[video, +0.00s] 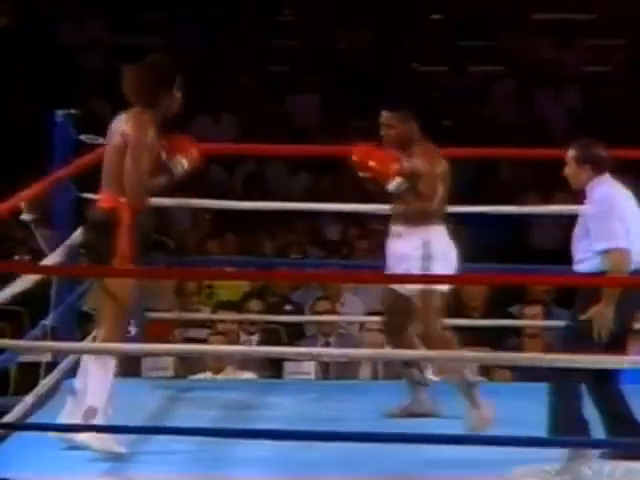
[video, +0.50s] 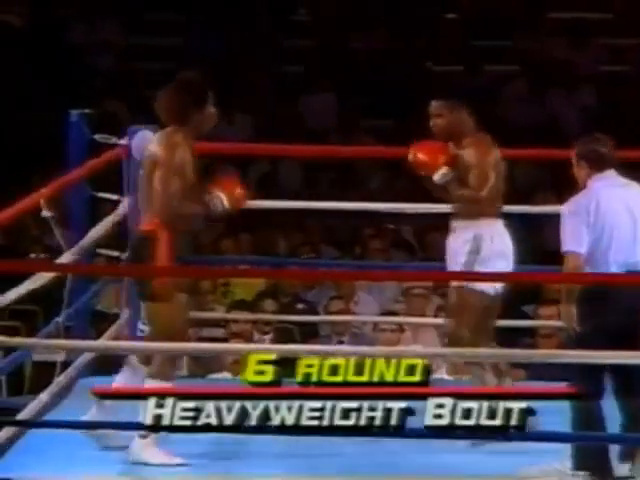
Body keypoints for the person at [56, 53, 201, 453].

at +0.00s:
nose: (180, 98)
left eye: (178, 90)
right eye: (177, 90)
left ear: (141, 89)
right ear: (165, 93)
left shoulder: (123, 122)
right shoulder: (142, 126)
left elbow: (120, 178)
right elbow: (137, 188)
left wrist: (162, 161)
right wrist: (177, 171)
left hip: (106, 219)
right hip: (120, 223)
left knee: (108, 324)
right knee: (114, 325)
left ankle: (78, 412)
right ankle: (93, 419)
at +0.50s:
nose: (215, 113)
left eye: (213, 105)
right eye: (210, 106)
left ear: (179, 109)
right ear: (196, 111)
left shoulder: (165, 142)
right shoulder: (176, 147)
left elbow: (165, 200)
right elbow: (170, 205)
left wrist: (208, 198)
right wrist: (212, 202)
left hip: (153, 239)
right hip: (160, 241)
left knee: (162, 330)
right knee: (172, 339)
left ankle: (113, 399)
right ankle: (148, 438)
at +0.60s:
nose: (224, 109)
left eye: (222, 101)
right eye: (219, 102)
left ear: (187, 104)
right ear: (204, 107)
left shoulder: (172, 138)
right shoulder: (186, 145)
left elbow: (166, 197)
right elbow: (181, 203)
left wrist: (214, 194)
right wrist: (221, 199)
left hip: (172, 235)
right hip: (175, 237)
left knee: (198, 332)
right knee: (175, 338)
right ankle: (145, 436)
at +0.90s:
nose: (252, 117)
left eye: (250, 109)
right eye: (246, 110)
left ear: (219, 113)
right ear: (228, 114)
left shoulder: (209, 145)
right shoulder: (209, 151)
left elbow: (226, 200)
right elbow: (236, 205)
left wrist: (263, 187)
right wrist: (275, 183)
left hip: (220, 245)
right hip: (201, 246)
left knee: (253, 332)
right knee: (181, 338)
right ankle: (151, 434)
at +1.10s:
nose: (291, 122)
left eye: (291, 115)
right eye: (286, 115)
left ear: (265, 120)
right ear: (265, 118)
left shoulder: (263, 147)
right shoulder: (231, 147)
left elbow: (263, 187)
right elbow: (230, 201)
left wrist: (297, 168)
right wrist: (273, 183)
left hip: (254, 234)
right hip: (226, 235)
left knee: (285, 327)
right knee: (228, 329)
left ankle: (295, 415)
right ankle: (172, 416)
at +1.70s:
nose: (290, 112)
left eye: (289, 104)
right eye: (285, 104)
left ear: (272, 108)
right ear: (269, 106)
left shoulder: (279, 139)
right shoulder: (226, 136)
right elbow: (229, 191)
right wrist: (271, 165)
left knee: (298, 304)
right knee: (198, 306)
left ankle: (296, 389)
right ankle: (165, 388)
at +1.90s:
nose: (278, 128)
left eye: (282, 121)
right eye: (273, 119)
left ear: (286, 123)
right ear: (258, 117)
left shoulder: (266, 151)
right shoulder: (231, 148)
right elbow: (209, 209)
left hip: (250, 231)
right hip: (218, 231)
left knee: (288, 310)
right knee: (212, 320)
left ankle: (290, 386)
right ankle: (160, 382)